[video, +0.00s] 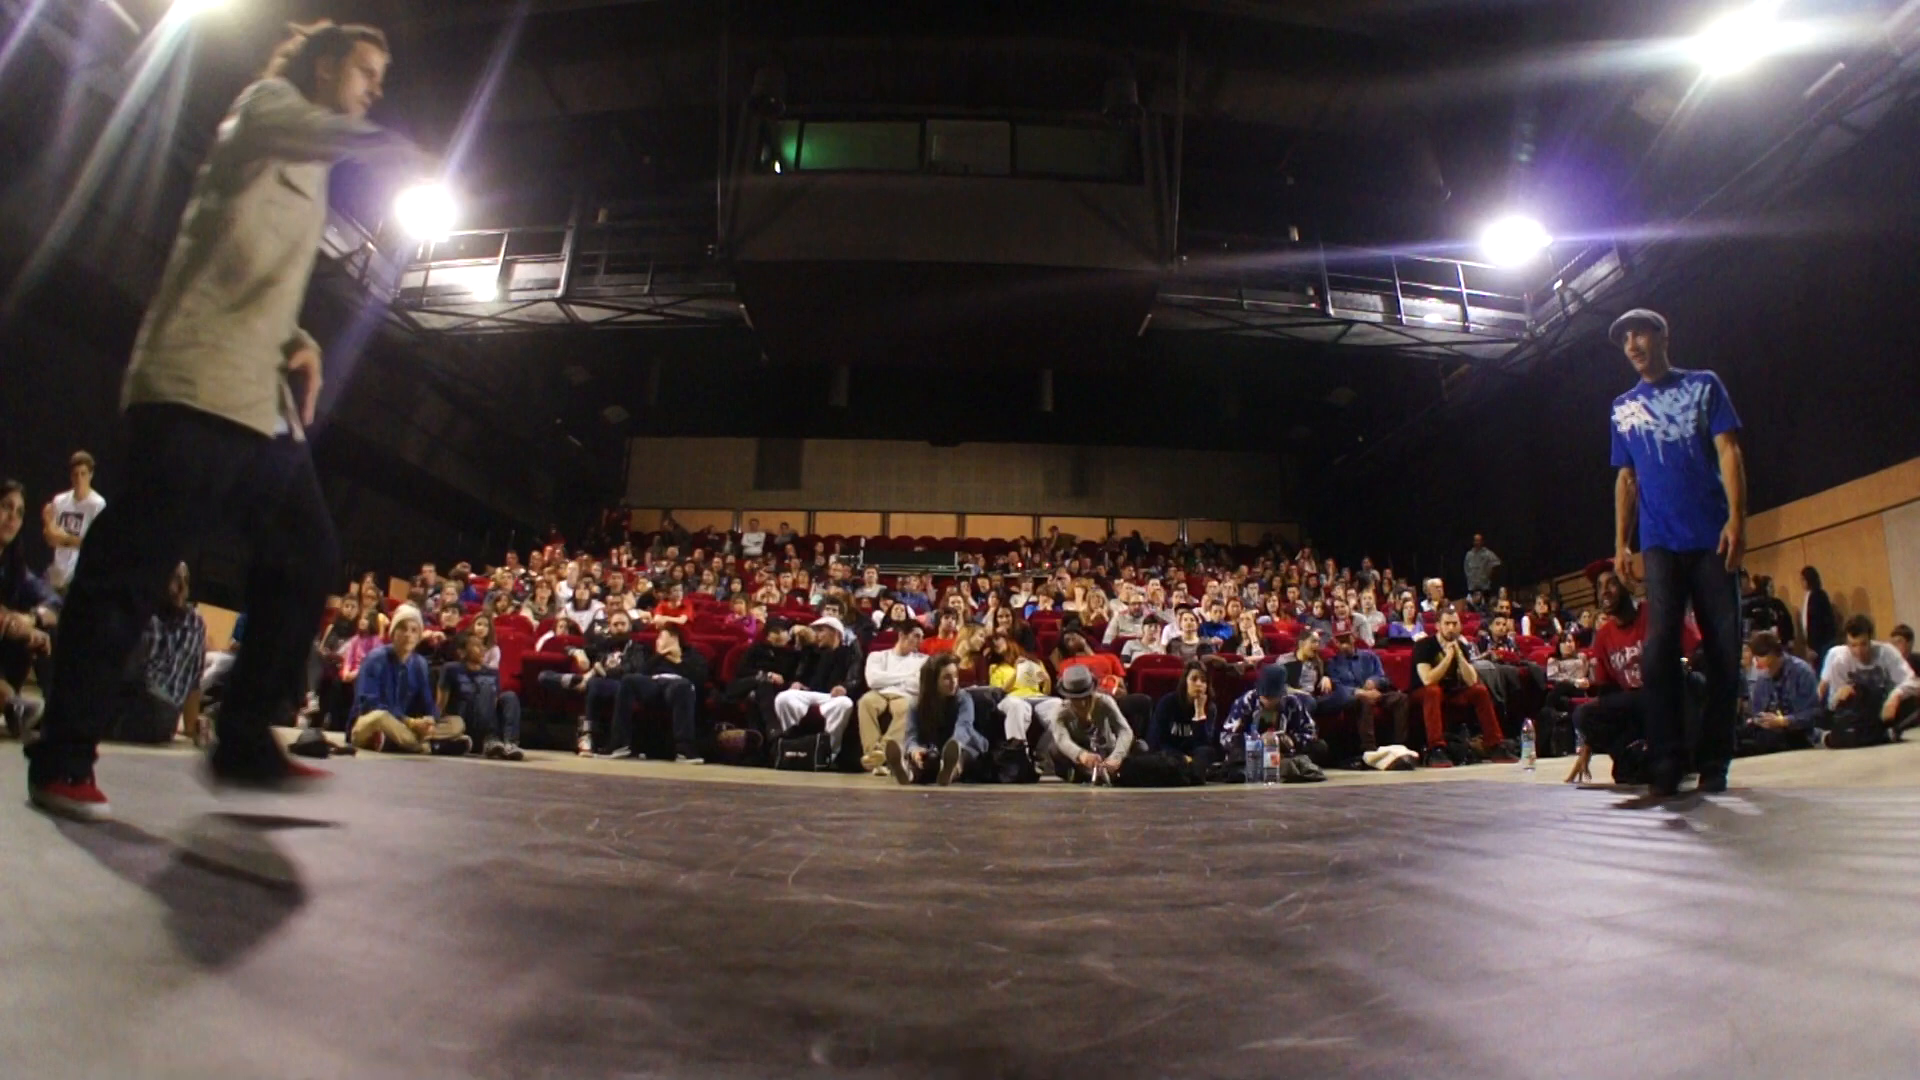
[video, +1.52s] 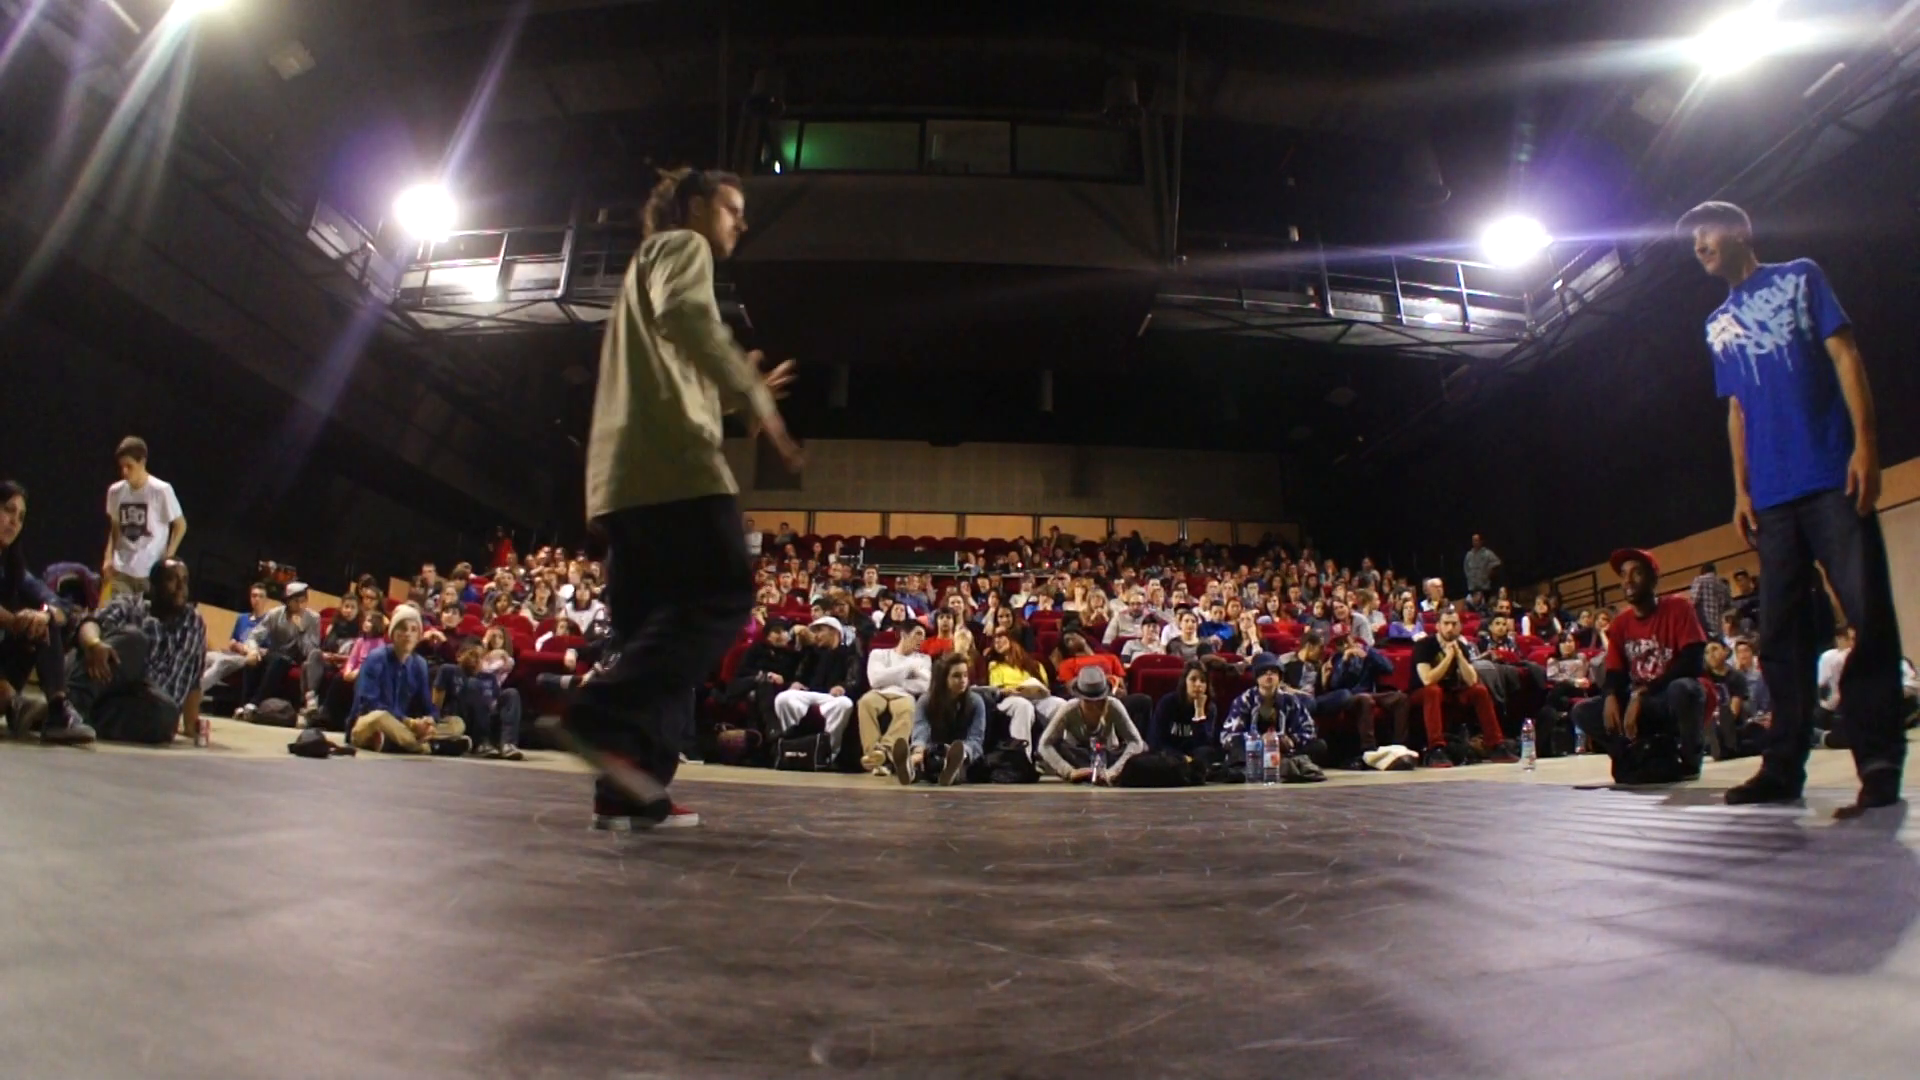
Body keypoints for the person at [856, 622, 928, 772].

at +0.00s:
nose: (919, 641)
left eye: (921, 637)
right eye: (916, 636)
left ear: (922, 640)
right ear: (902, 635)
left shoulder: (923, 660)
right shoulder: (876, 656)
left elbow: (919, 687)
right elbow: (873, 680)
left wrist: (886, 682)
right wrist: (907, 678)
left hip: (904, 693)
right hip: (880, 691)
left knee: (904, 709)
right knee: (865, 702)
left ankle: (883, 753)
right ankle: (873, 757)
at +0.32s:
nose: (914, 638)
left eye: (919, 635)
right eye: (911, 633)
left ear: (920, 640)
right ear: (899, 634)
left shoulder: (923, 660)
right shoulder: (876, 656)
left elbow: (918, 687)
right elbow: (873, 680)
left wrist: (885, 680)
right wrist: (906, 679)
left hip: (904, 694)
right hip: (880, 691)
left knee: (905, 709)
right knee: (865, 703)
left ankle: (883, 750)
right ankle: (874, 759)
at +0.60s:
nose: (907, 635)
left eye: (912, 633)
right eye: (904, 631)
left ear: (916, 639)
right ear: (896, 634)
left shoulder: (922, 659)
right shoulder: (876, 656)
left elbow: (920, 686)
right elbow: (873, 680)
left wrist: (886, 681)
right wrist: (907, 678)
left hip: (904, 694)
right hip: (880, 691)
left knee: (906, 711)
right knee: (865, 703)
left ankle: (883, 750)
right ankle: (875, 760)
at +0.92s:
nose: (909, 635)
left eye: (913, 633)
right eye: (906, 631)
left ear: (916, 639)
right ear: (896, 634)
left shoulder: (922, 659)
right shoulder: (876, 656)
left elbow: (922, 685)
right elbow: (873, 680)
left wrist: (888, 682)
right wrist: (907, 678)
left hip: (904, 694)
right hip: (880, 692)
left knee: (906, 710)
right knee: (865, 703)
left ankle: (884, 749)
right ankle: (874, 759)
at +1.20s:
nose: (913, 636)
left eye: (917, 634)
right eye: (909, 631)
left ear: (919, 640)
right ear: (898, 633)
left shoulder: (923, 659)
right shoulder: (877, 654)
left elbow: (923, 685)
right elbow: (874, 679)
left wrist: (888, 680)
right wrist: (909, 677)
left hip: (904, 694)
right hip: (880, 691)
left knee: (907, 710)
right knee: (865, 703)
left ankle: (884, 749)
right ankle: (875, 760)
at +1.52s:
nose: (921, 640)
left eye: (923, 637)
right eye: (918, 634)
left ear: (924, 640)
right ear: (904, 634)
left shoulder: (923, 659)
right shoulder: (878, 654)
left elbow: (924, 686)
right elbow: (875, 680)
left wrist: (895, 680)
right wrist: (909, 668)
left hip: (905, 693)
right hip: (881, 690)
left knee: (906, 710)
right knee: (866, 703)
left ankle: (884, 750)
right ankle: (875, 760)